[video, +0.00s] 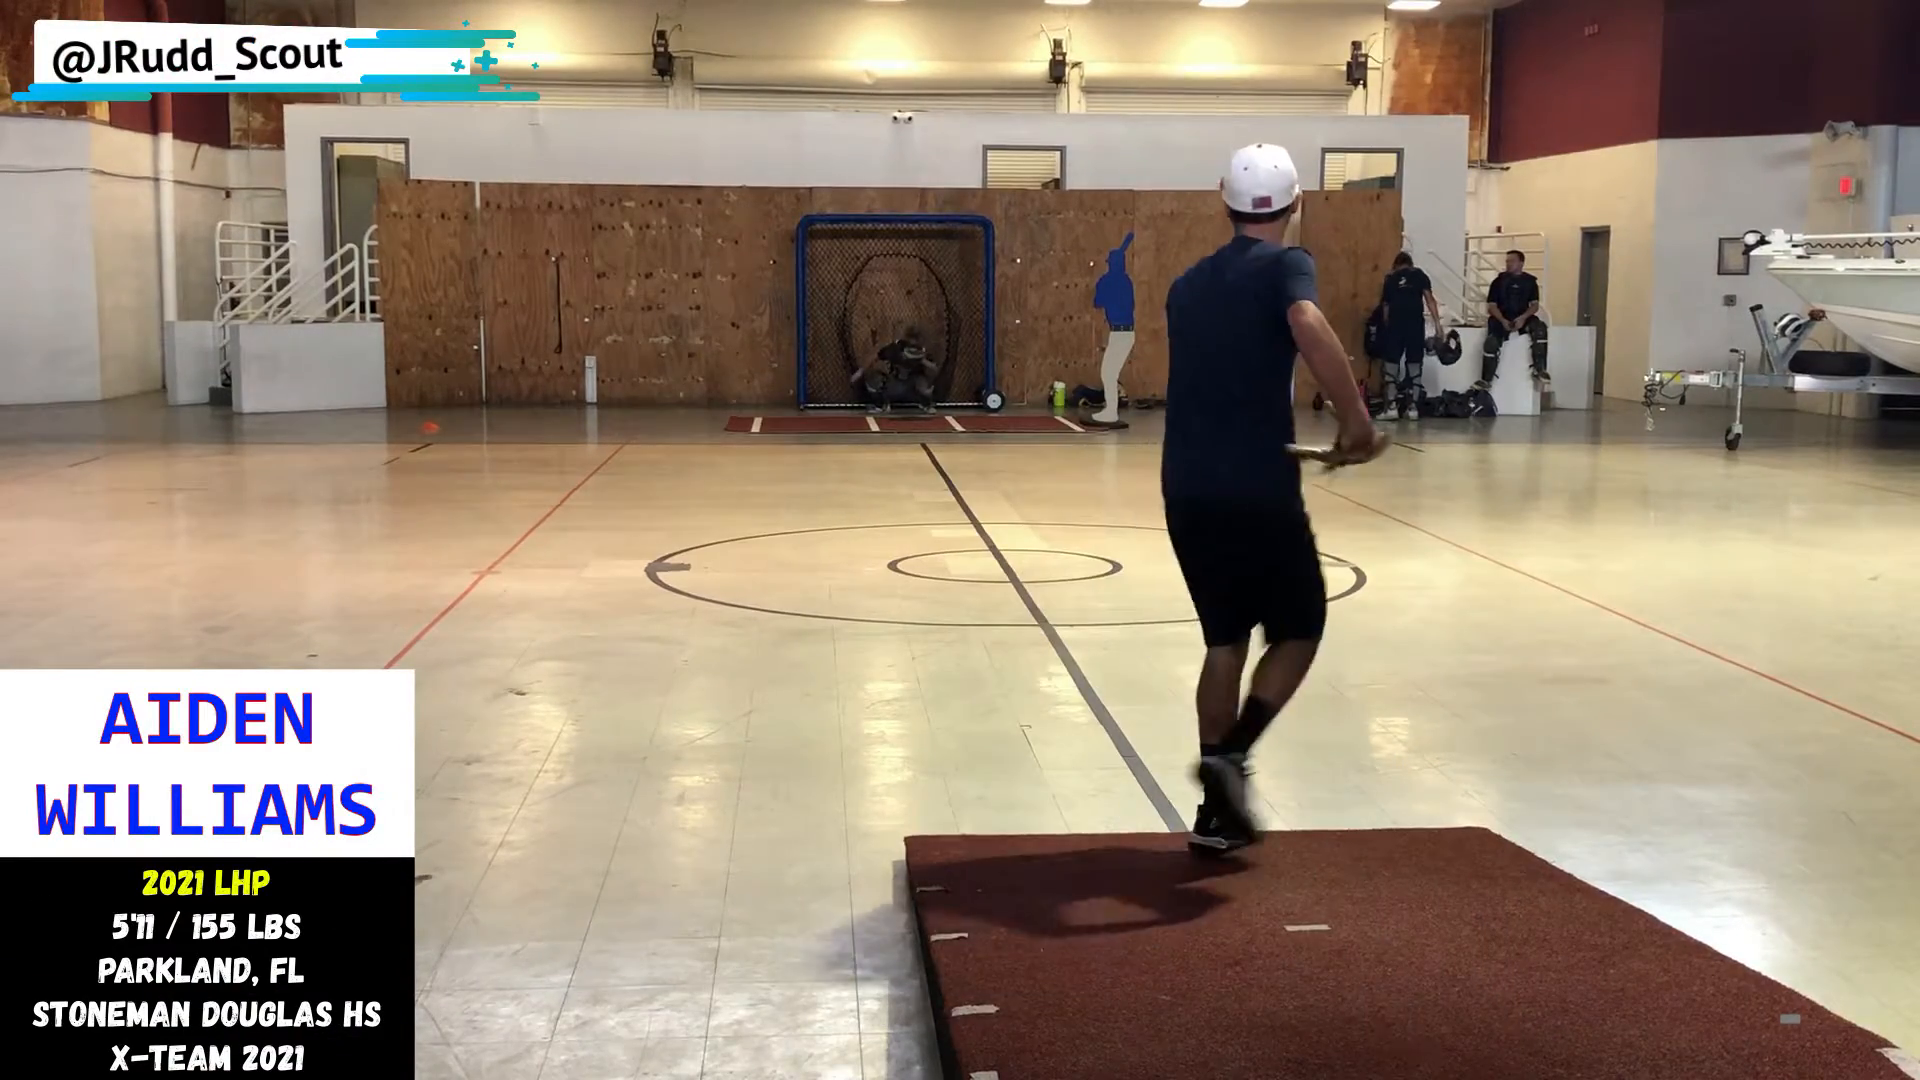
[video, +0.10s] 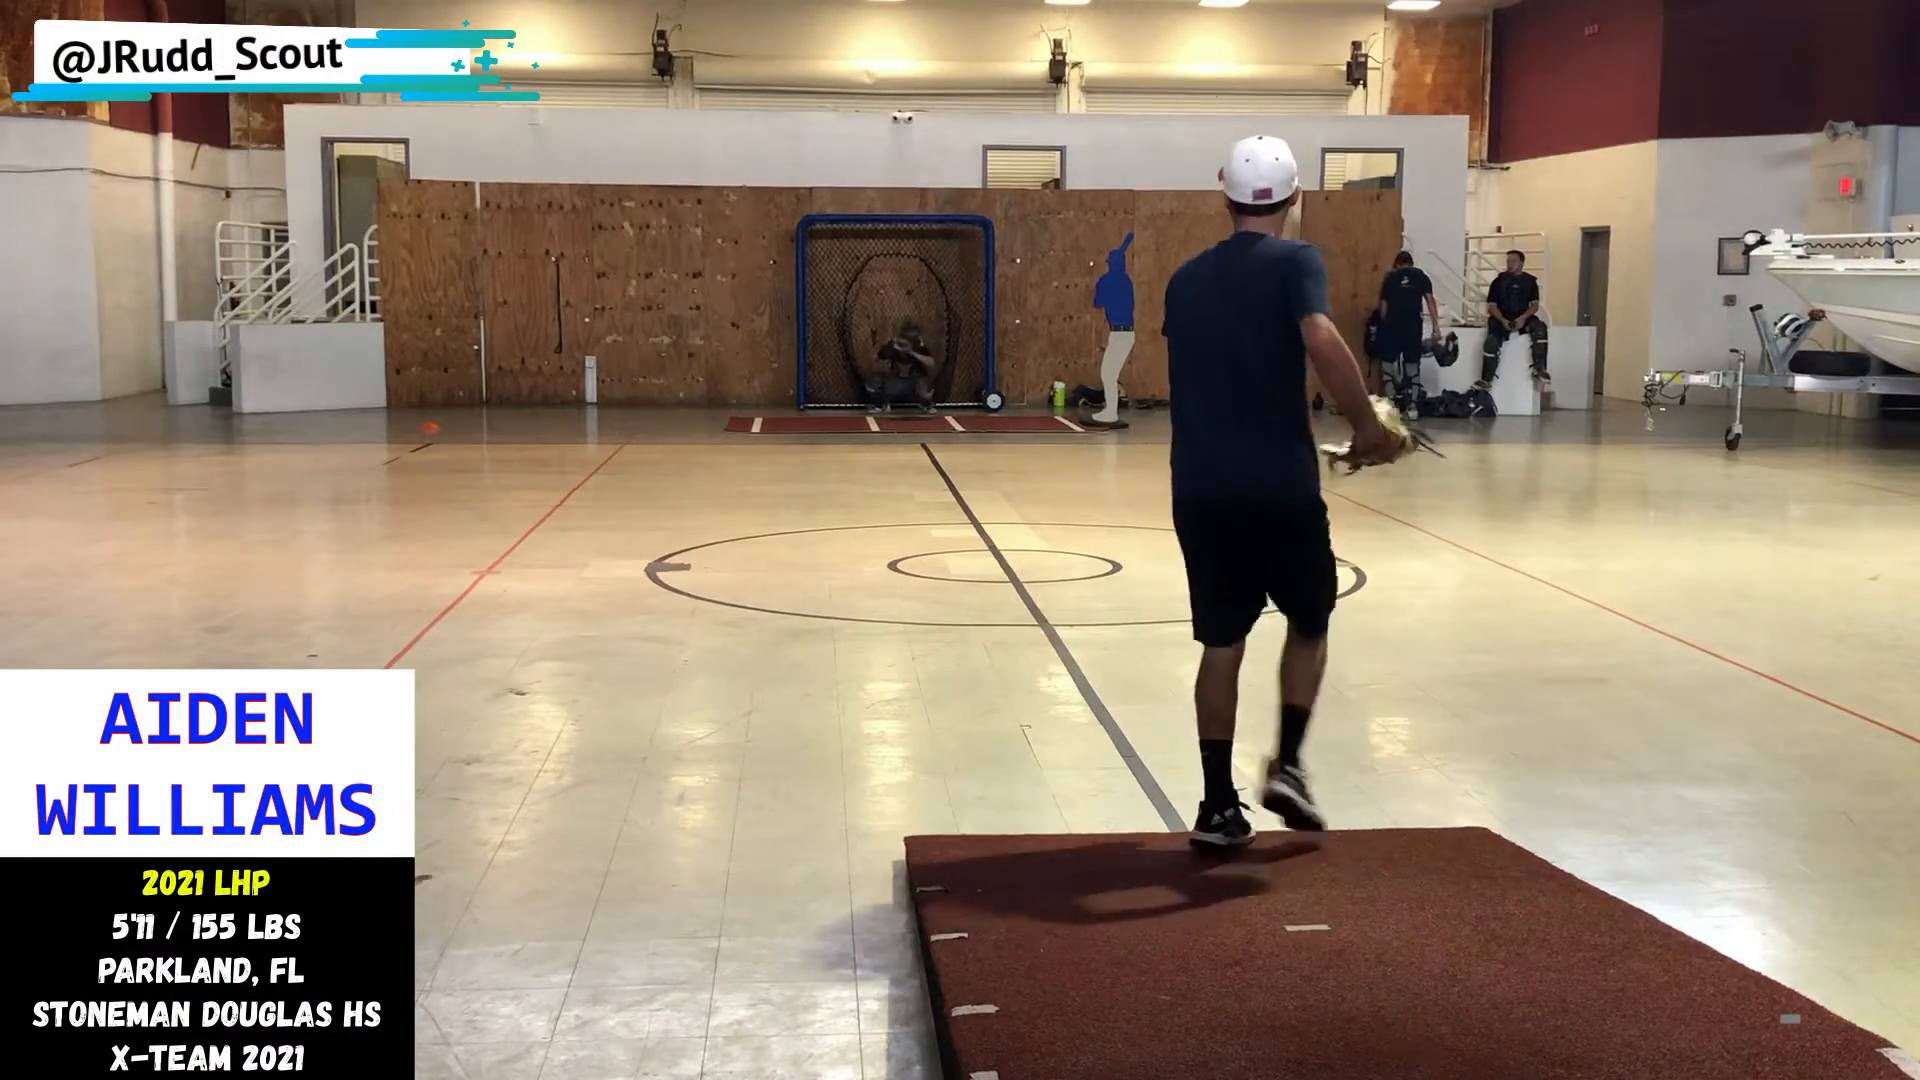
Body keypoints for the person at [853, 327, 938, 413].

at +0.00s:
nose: (911, 343)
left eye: (915, 340)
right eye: (909, 339)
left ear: (919, 340)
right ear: (905, 338)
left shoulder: (921, 351)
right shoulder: (895, 347)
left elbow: (934, 370)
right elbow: (876, 358)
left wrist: (922, 360)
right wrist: (861, 371)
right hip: (894, 380)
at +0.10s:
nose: (909, 343)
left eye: (913, 339)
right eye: (906, 339)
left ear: (918, 338)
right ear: (901, 337)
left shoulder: (920, 348)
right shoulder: (892, 347)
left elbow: (931, 363)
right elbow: (876, 363)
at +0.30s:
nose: (904, 319)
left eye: (908, 316)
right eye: (902, 315)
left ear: (913, 318)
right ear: (898, 316)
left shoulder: (918, 333)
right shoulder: (893, 333)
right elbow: (878, 339)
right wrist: (885, 327)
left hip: (917, 376)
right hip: (899, 374)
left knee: (916, 407)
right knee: (883, 375)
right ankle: (886, 404)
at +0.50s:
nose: (900, 311)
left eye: (904, 307)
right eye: (899, 308)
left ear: (914, 309)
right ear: (897, 310)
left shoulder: (918, 325)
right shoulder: (898, 325)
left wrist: (894, 311)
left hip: (914, 374)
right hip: (898, 369)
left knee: (911, 409)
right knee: (875, 379)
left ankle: (928, 399)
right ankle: (884, 403)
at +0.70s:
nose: (904, 303)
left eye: (908, 300)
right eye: (903, 300)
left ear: (916, 303)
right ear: (900, 303)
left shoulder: (916, 320)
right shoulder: (902, 317)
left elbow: (898, 321)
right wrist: (884, 315)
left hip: (913, 372)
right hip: (898, 369)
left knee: (909, 409)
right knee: (875, 379)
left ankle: (927, 399)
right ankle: (884, 403)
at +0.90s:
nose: (893, 328)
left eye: (896, 325)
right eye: (890, 325)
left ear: (901, 325)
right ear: (885, 324)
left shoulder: (908, 339)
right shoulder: (875, 339)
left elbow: (918, 358)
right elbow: (868, 359)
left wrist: (900, 362)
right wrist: (882, 353)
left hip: (903, 382)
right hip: (883, 381)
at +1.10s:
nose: (890, 319)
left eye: (893, 316)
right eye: (886, 316)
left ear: (898, 315)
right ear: (881, 315)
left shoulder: (905, 328)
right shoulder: (872, 327)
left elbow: (916, 349)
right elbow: (863, 346)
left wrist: (901, 355)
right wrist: (878, 343)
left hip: (898, 370)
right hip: (877, 370)